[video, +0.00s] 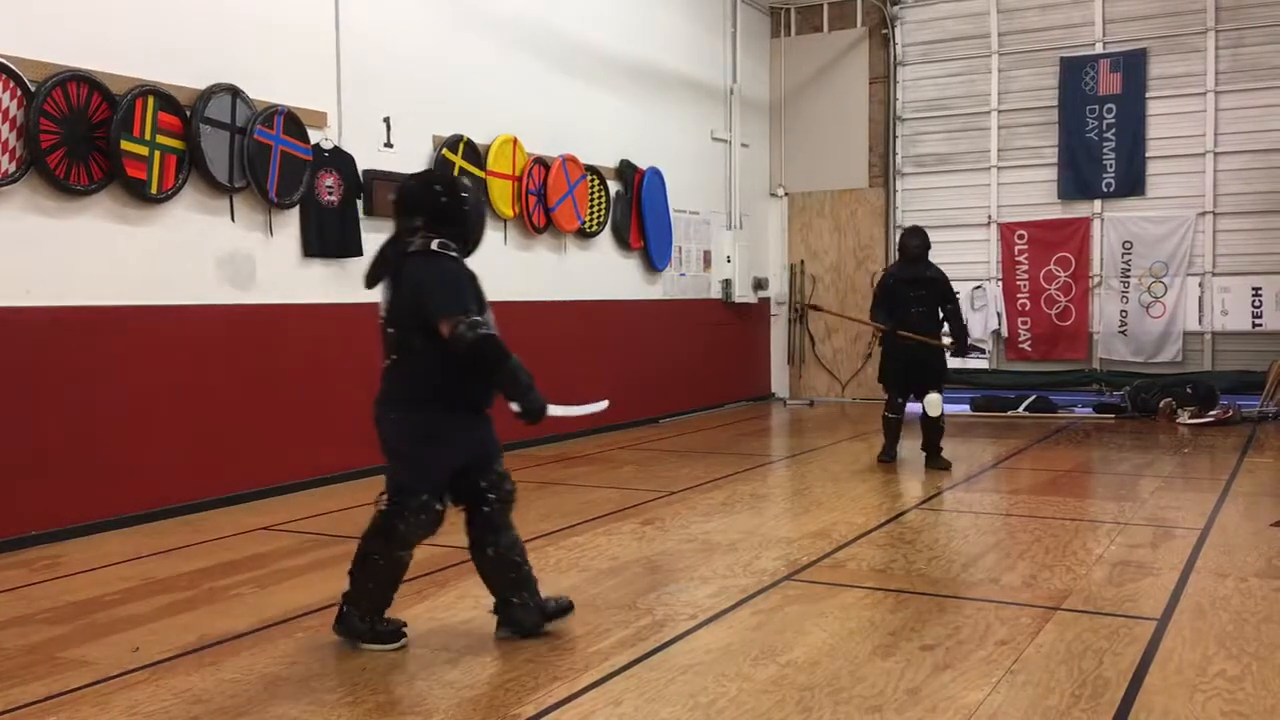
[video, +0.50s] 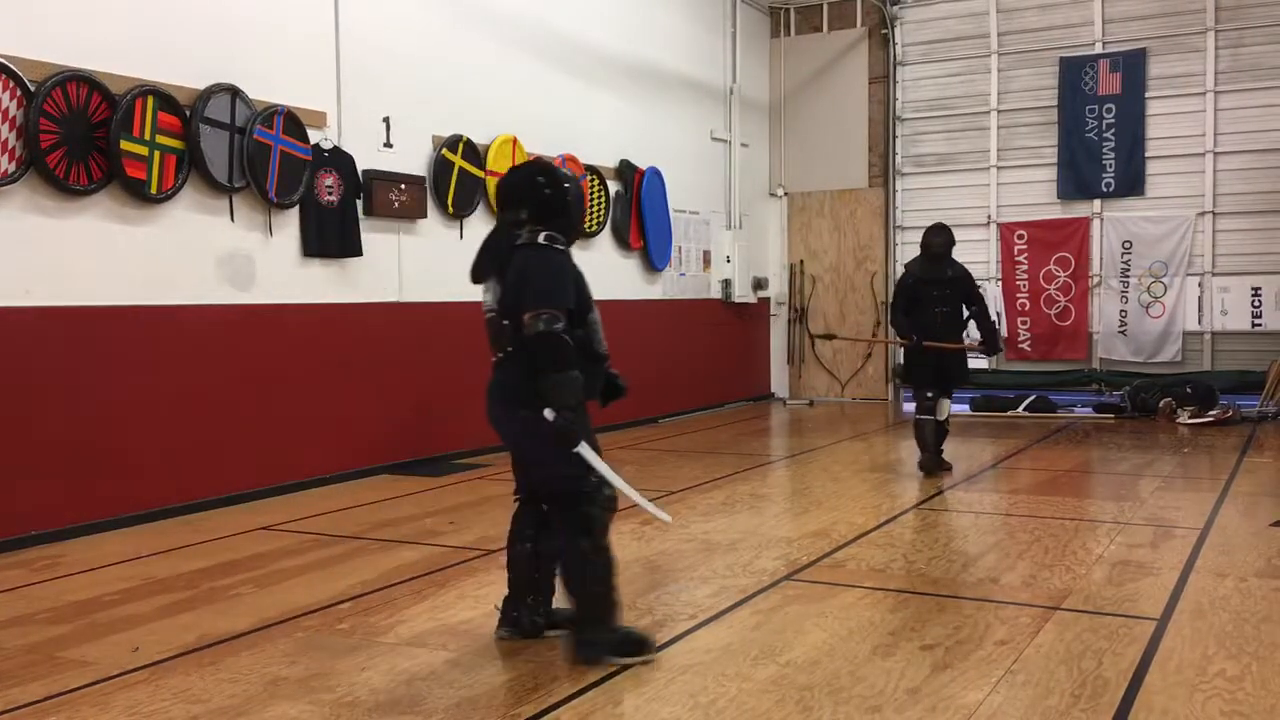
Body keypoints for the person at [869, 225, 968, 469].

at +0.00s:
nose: (913, 254)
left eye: (918, 248)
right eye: (910, 248)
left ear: (924, 248)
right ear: (902, 249)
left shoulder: (936, 276)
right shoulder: (891, 277)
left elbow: (952, 311)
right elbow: (878, 308)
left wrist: (960, 339)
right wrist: (882, 324)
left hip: (929, 348)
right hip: (898, 348)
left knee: (933, 400)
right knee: (896, 399)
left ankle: (933, 454)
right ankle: (889, 447)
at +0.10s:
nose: (921, 254)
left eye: (926, 248)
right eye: (916, 248)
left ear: (933, 248)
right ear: (908, 248)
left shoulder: (942, 276)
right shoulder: (896, 276)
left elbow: (959, 310)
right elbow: (883, 312)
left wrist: (971, 341)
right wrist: (896, 326)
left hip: (935, 347)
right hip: (902, 347)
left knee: (936, 400)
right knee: (899, 400)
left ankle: (933, 455)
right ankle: (889, 444)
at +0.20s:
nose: (925, 254)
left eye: (930, 248)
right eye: (920, 248)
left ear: (938, 247)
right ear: (913, 247)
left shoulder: (948, 274)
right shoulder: (901, 275)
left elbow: (968, 309)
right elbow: (888, 311)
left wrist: (979, 338)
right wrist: (903, 328)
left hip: (940, 348)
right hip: (907, 348)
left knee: (938, 402)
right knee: (903, 401)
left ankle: (933, 455)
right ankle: (894, 440)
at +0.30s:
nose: (930, 251)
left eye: (935, 246)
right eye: (925, 246)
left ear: (944, 245)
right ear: (917, 245)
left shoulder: (953, 272)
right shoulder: (906, 272)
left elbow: (972, 306)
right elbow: (892, 308)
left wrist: (982, 336)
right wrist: (904, 326)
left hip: (943, 347)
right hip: (911, 346)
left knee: (939, 403)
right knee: (908, 400)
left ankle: (934, 455)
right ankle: (903, 447)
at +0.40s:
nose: (935, 252)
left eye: (940, 246)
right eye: (930, 246)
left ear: (948, 245)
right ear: (921, 244)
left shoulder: (956, 273)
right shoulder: (909, 272)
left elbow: (975, 306)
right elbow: (895, 308)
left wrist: (985, 337)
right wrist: (905, 330)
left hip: (946, 347)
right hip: (916, 347)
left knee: (940, 403)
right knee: (917, 403)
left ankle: (934, 454)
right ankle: (914, 455)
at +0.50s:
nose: (937, 254)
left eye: (942, 248)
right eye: (932, 248)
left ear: (950, 246)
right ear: (924, 245)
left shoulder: (959, 274)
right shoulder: (913, 274)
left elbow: (978, 308)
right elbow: (897, 309)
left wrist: (990, 338)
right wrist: (905, 332)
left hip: (950, 346)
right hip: (920, 346)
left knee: (944, 401)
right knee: (925, 399)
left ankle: (936, 452)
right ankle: (928, 454)